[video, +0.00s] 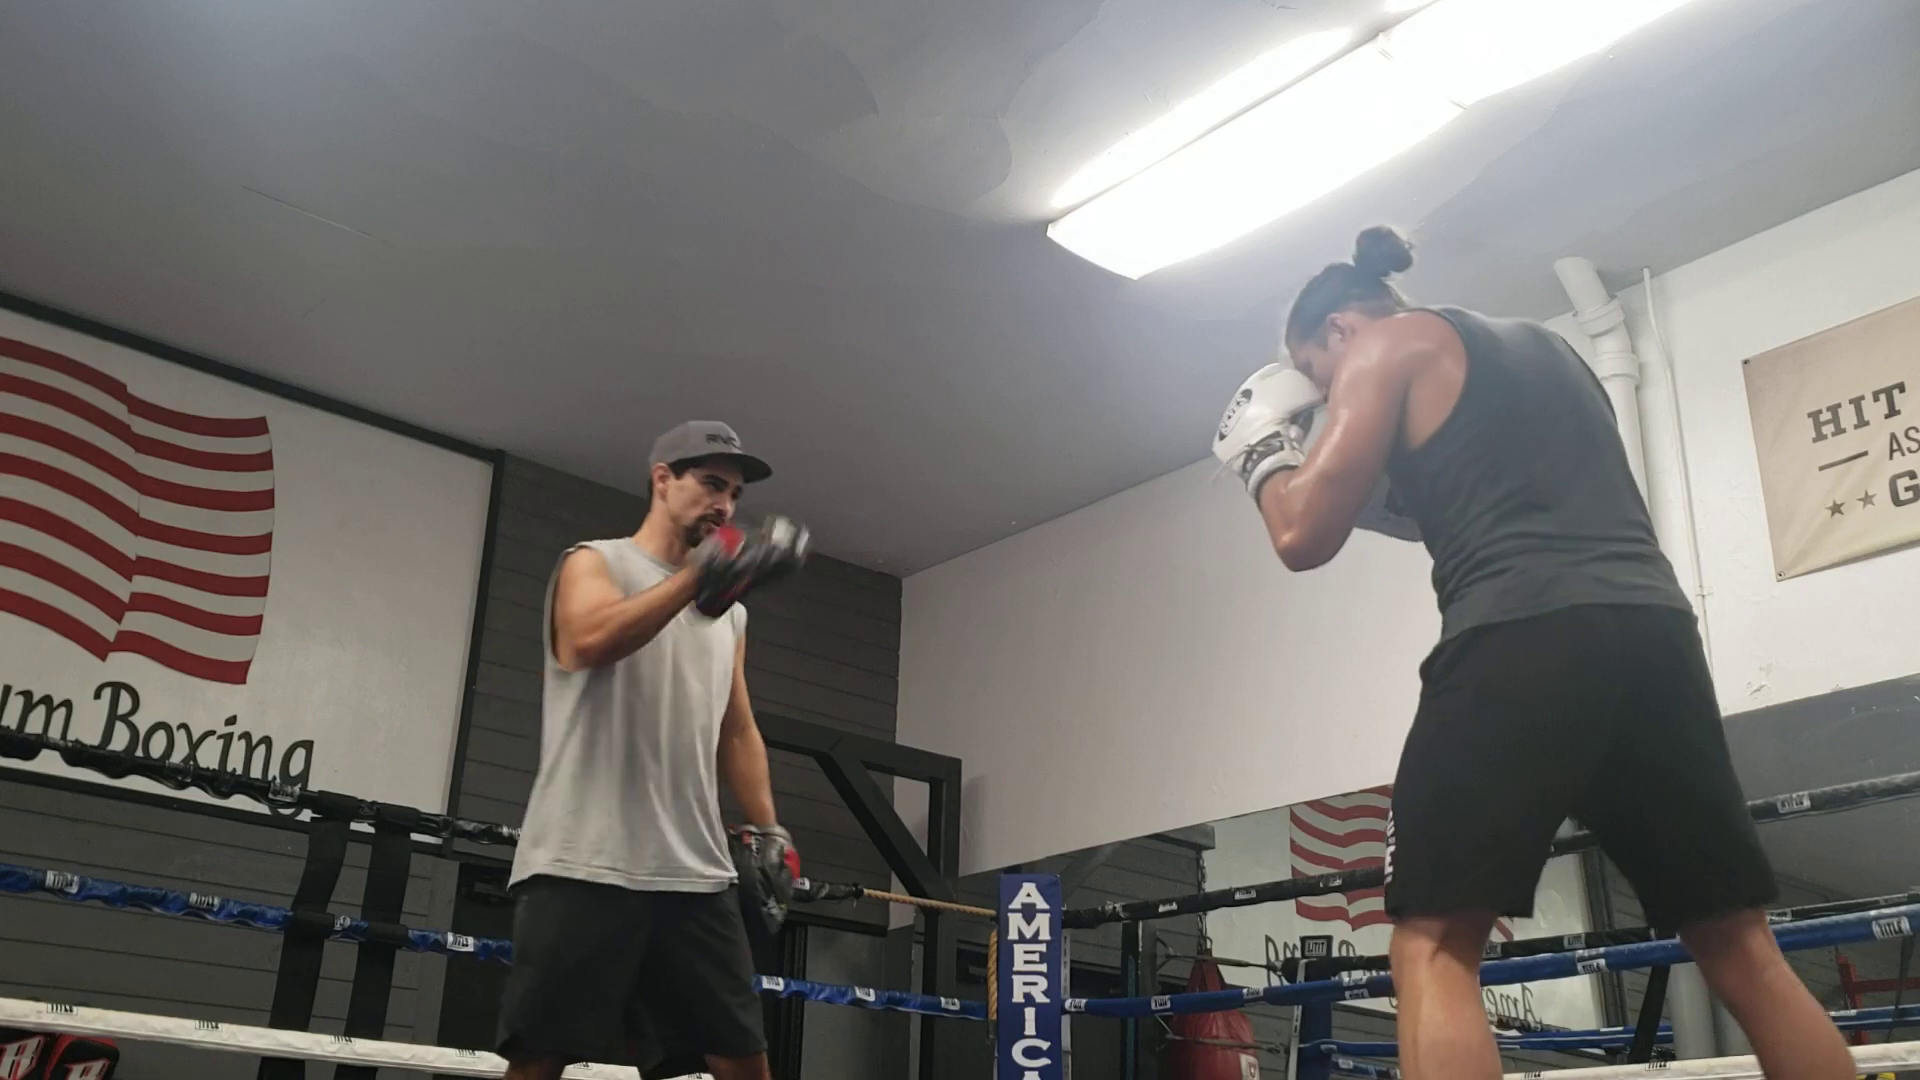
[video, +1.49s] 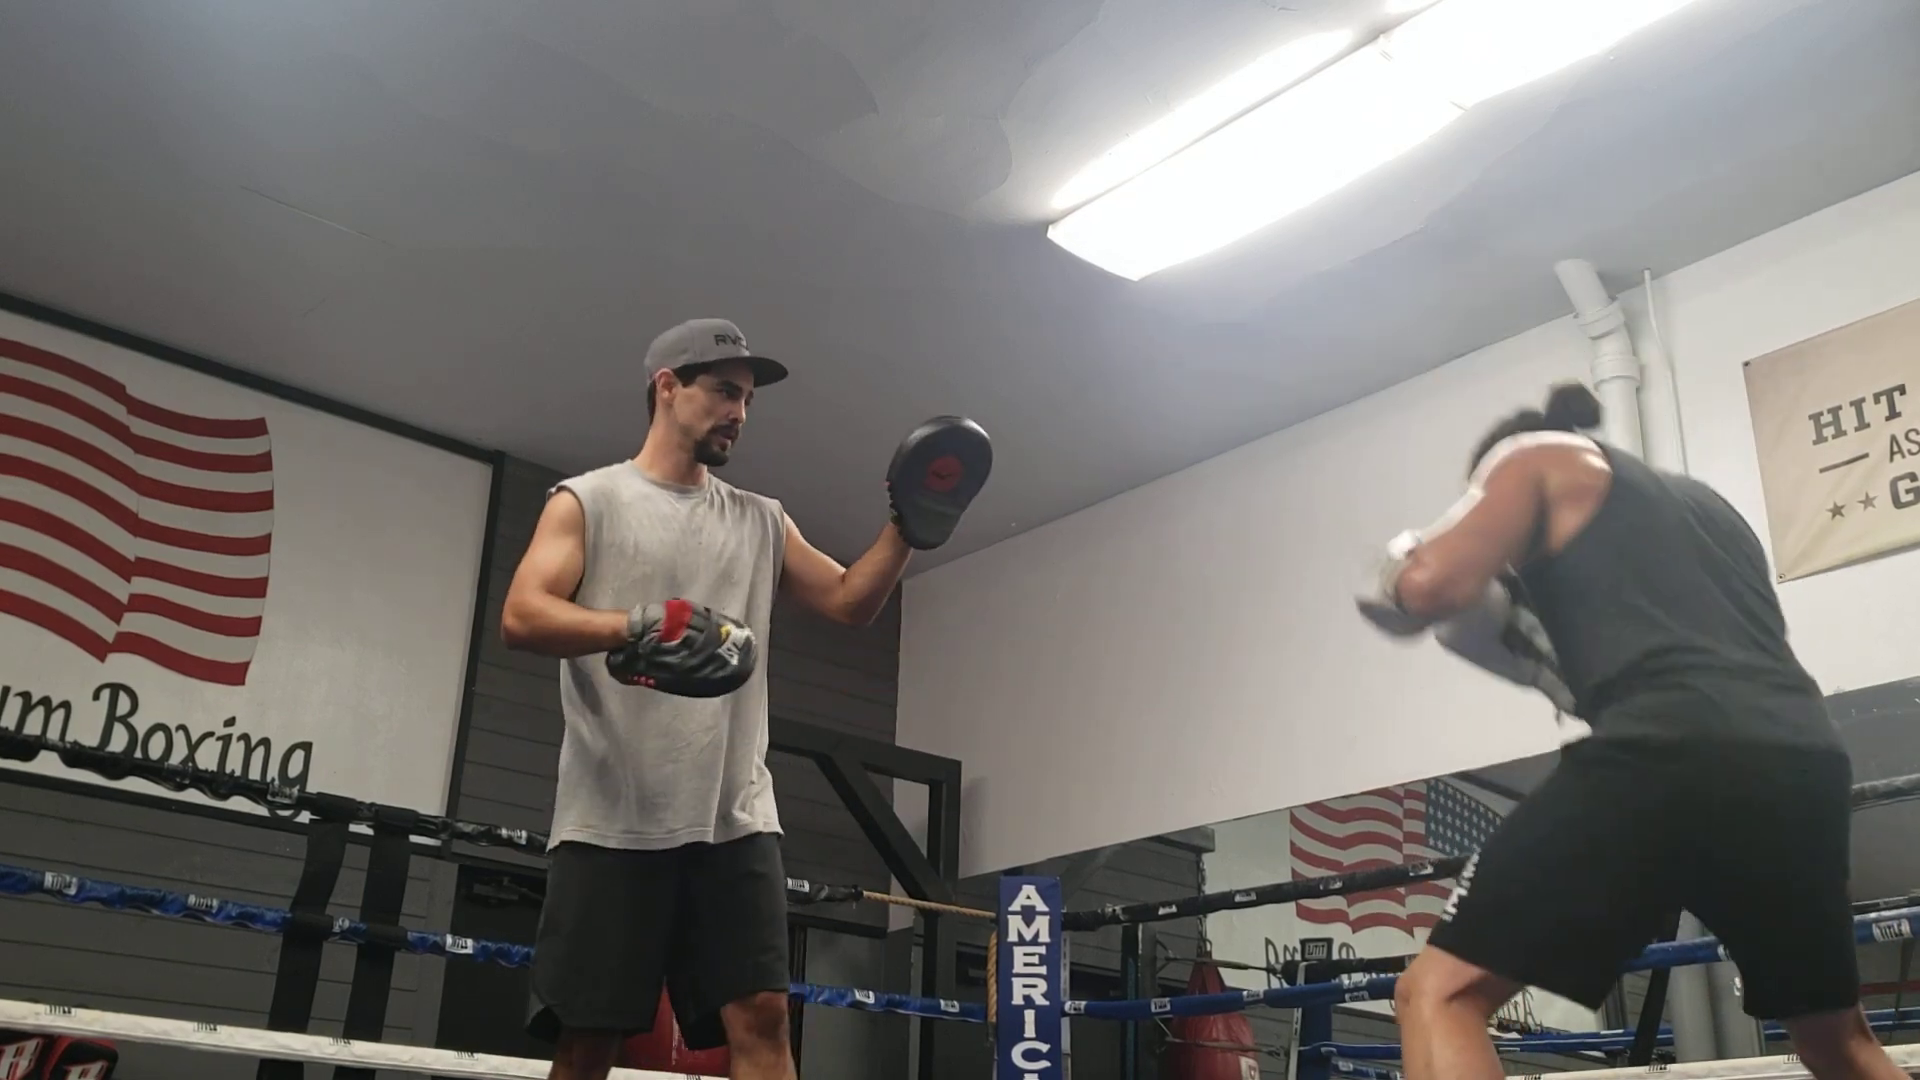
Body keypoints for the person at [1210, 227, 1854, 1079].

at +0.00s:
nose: (1325, 388)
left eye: (1318, 369)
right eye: (1315, 377)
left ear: (1341, 324)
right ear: (1389, 297)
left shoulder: (1388, 343)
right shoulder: (1545, 348)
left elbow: (1301, 533)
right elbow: (1457, 504)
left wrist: (1263, 450)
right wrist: (1325, 473)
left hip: (1517, 647)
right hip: (1655, 638)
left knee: (1434, 950)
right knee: (1742, 948)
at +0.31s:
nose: (1383, 313)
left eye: (1376, 294)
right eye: (1372, 303)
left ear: (1401, 252)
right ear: (1461, 228)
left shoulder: (1439, 279)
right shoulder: (1609, 291)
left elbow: (1334, 466)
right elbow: (1507, 447)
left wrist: (1312, 392)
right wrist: (1378, 384)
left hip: (1547, 623)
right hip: (1700, 610)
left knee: (1471, 944)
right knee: (1808, 931)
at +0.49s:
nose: (1484, 317)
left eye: (1484, 298)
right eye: (1479, 308)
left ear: (1508, 262)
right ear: (1571, 234)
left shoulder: (1544, 266)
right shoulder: (1730, 313)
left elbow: (1454, 413)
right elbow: (1610, 474)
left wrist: (1398, 401)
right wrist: (1472, 440)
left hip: (1598, 643)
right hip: (1767, 635)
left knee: (1471, 944)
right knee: (1857, 944)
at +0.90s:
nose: (1420, 315)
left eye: (1417, 287)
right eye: (1410, 296)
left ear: (1467, 246)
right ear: (1489, 245)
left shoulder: (1531, 292)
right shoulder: (1659, 317)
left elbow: (1409, 473)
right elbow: (1569, 529)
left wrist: (1362, 390)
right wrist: (1464, 420)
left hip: (1625, 634)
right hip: (1776, 631)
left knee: (1476, 939)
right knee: (1838, 952)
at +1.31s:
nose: (1401, 392)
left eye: (1398, 371)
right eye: (1394, 380)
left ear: (1421, 332)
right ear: (1474, 301)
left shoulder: (1470, 335)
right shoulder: (1631, 380)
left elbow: (1350, 508)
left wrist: (1334, 436)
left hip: (1609, 661)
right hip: (1743, 654)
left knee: (1457, 955)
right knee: (1826, 967)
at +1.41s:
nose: (1443, 439)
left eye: (1447, 419)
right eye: (1440, 429)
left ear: (1470, 390)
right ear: (1538, 373)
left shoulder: (1496, 391)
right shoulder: (1672, 442)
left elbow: (1378, 545)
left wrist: (1376, 487)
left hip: (1629, 705)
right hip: (1769, 704)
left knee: (1441, 971)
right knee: (1848, 1008)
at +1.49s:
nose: (1482, 501)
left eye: (1486, 482)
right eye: (1483, 490)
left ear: (1514, 451)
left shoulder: (1539, 457)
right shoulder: (1711, 504)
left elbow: (1431, 586)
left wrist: (1404, 570)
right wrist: (1533, 652)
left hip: (1659, 749)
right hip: (1804, 755)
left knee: (1439, 993)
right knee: (1839, 1038)